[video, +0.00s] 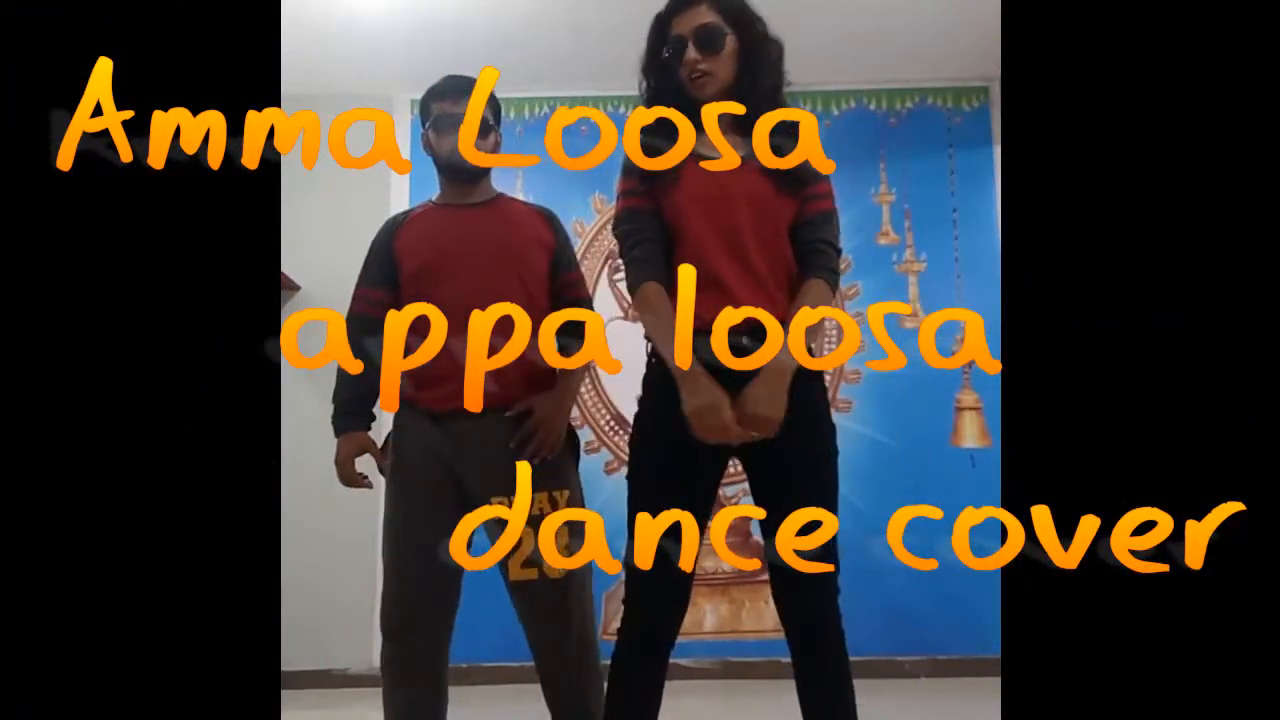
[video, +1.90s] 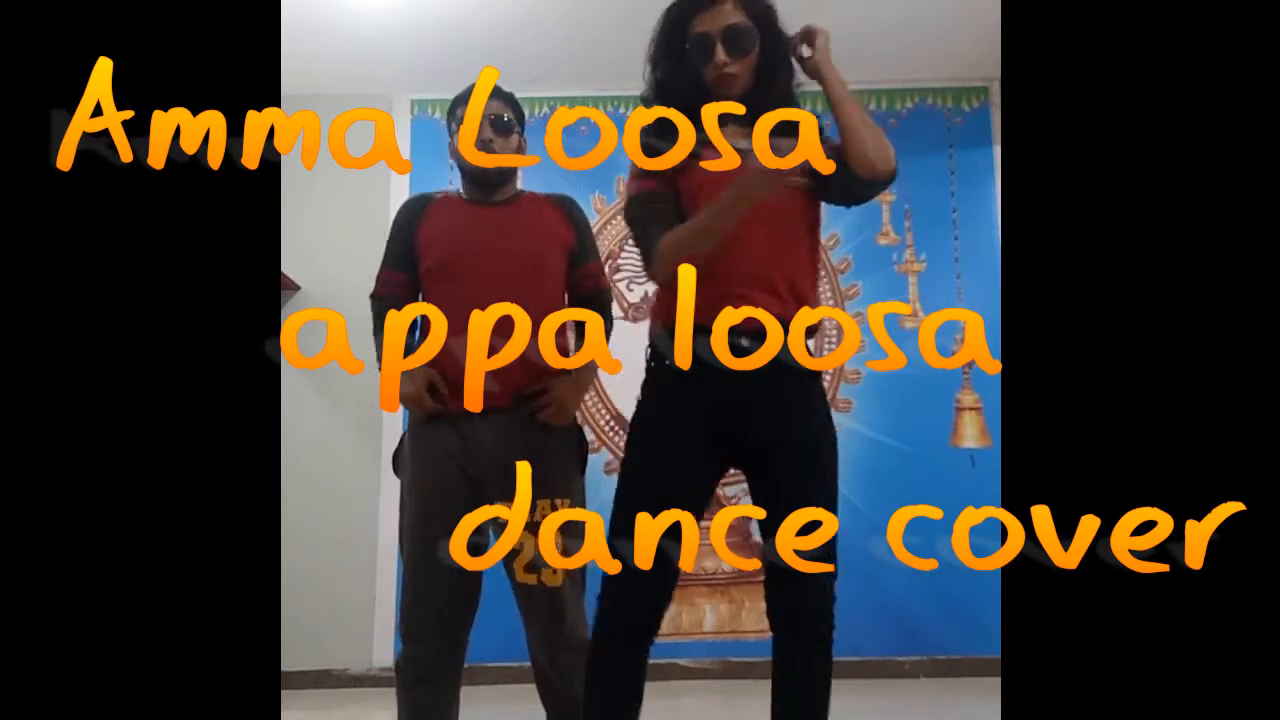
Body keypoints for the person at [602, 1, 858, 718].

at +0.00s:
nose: (692, 57)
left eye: (708, 38)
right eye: (675, 48)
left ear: (747, 44)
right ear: (663, 64)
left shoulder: (789, 133)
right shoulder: (652, 140)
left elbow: (822, 260)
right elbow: (640, 265)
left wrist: (783, 367)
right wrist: (686, 372)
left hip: (786, 383)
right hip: (679, 384)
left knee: (810, 598)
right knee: (653, 602)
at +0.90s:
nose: (635, 61)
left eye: (653, 42)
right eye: (634, 46)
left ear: (709, 47)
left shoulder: (778, 137)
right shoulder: (636, 148)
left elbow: (820, 272)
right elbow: (615, 285)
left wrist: (909, 347)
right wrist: (582, 301)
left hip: (765, 387)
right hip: (658, 388)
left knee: (818, 599)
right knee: (636, 602)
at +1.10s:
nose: (672, 53)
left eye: (690, 35)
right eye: (657, 45)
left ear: (731, 42)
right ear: (647, 66)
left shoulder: (786, 135)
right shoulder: (649, 152)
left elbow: (846, 272)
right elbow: (630, 304)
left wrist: (957, 249)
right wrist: (567, 257)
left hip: (796, 388)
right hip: (686, 391)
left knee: (822, 601)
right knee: (653, 605)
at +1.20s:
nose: (694, 48)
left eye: (711, 30)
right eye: (675, 39)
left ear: (744, 44)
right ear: (659, 62)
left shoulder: (790, 132)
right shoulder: (655, 150)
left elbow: (868, 253)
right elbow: (632, 298)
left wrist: (953, 164)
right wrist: (560, 207)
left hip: (797, 388)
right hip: (689, 390)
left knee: (824, 598)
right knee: (643, 603)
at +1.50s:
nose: (710, 47)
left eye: (727, 32)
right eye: (691, 36)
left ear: (755, 47)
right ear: (670, 55)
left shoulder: (789, 134)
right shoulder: (659, 147)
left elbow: (888, 186)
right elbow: (617, 285)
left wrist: (885, 63)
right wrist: (562, 182)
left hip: (767, 380)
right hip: (664, 378)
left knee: (802, 592)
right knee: (637, 594)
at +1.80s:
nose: (714, 57)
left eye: (730, 38)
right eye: (695, 45)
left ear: (760, 45)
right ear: (674, 57)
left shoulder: (784, 133)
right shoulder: (654, 140)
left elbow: (868, 176)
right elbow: (639, 269)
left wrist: (829, 72)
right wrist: (686, 196)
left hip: (777, 383)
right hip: (674, 383)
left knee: (800, 596)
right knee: (646, 598)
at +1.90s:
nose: (720, 58)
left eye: (735, 40)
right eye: (700, 46)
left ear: (765, 47)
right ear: (679, 59)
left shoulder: (792, 137)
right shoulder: (662, 137)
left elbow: (876, 168)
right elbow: (664, 259)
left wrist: (827, 72)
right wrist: (749, 190)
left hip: (787, 387)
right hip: (683, 387)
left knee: (805, 593)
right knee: (635, 589)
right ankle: (604, 719)